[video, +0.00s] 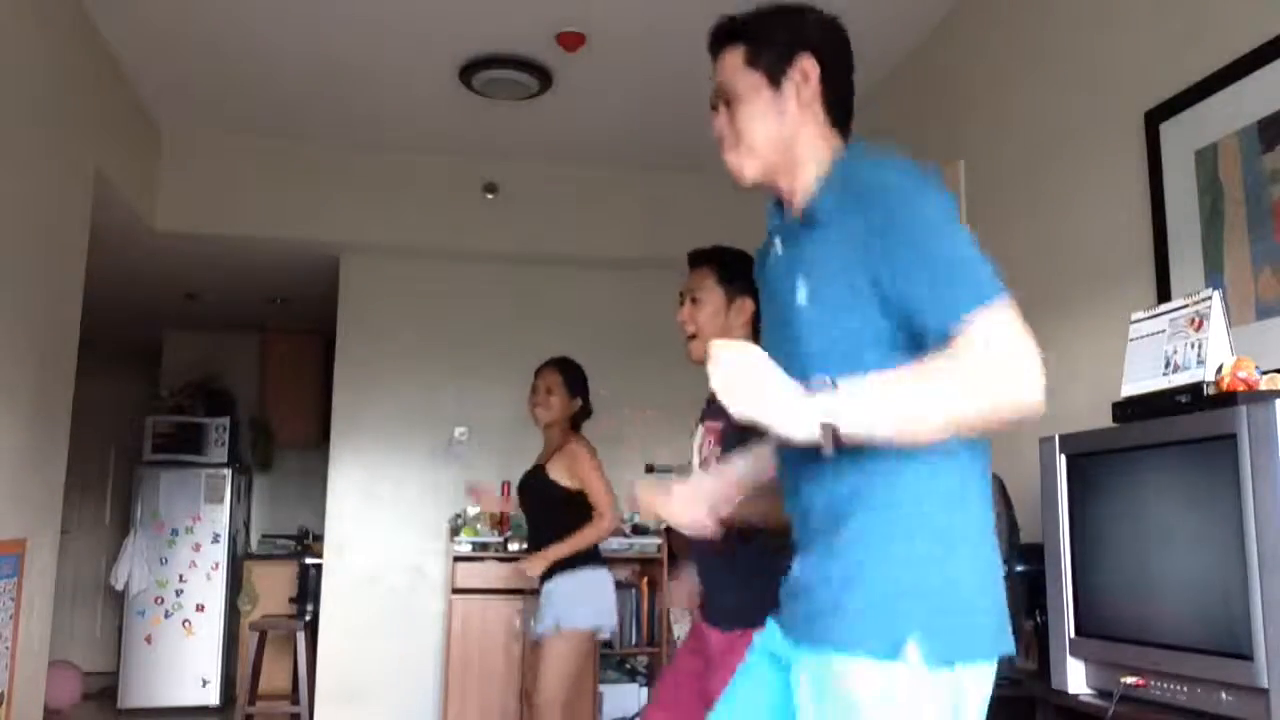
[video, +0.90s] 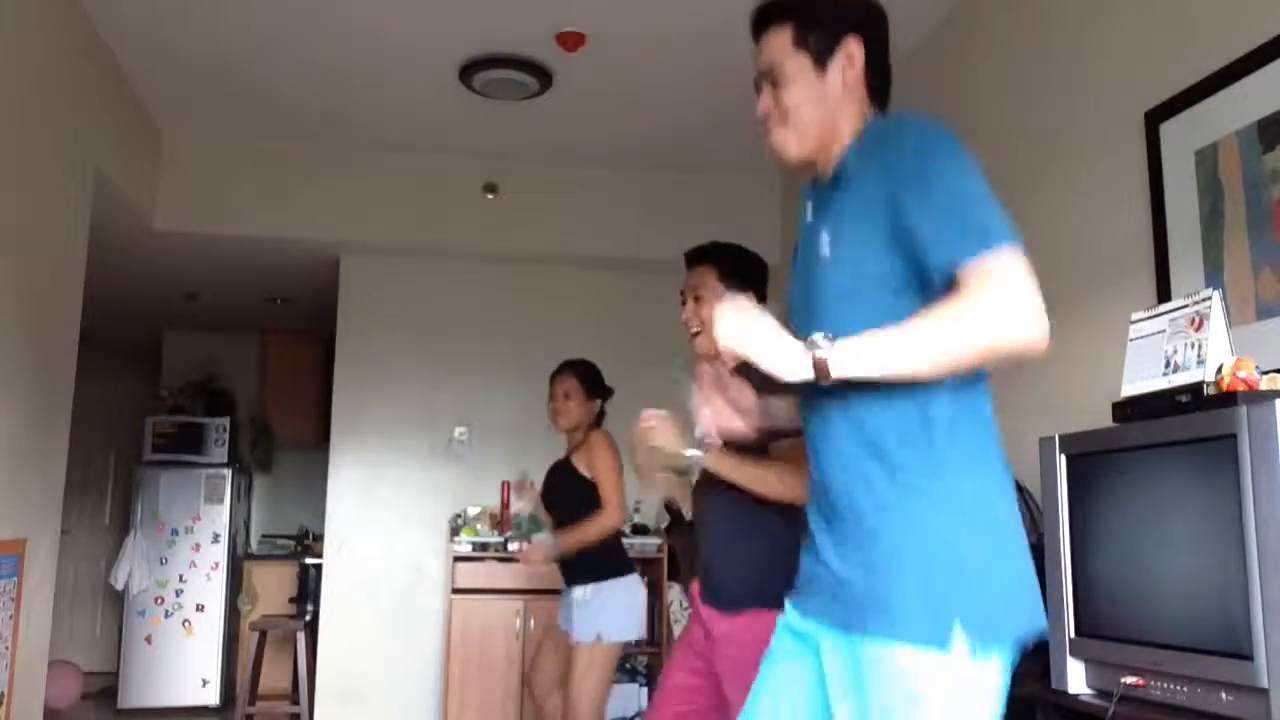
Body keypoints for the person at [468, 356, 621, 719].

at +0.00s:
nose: (538, 397)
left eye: (550, 391)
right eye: (535, 390)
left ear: (576, 403)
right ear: (530, 396)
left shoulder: (576, 449)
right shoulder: (550, 450)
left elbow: (608, 518)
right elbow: (554, 512)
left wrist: (545, 557)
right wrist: (501, 504)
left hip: (578, 584)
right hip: (557, 583)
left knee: (547, 704)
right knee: (550, 701)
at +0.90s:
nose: (558, 406)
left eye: (569, 396)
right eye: (553, 397)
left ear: (595, 405)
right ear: (549, 403)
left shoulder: (598, 442)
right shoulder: (573, 452)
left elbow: (614, 515)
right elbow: (565, 524)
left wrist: (556, 546)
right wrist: (535, 503)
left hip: (608, 589)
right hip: (579, 589)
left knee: (584, 709)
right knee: (542, 687)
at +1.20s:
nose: (562, 399)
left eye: (574, 390)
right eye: (559, 391)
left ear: (600, 397)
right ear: (555, 397)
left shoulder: (611, 442)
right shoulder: (583, 449)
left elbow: (606, 509)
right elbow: (582, 512)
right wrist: (524, 510)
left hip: (614, 592)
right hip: (580, 589)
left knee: (586, 706)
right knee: (559, 696)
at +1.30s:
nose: (565, 398)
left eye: (575, 388)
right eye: (560, 389)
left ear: (603, 392)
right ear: (555, 395)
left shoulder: (614, 431)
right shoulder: (579, 452)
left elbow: (595, 485)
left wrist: (532, 477)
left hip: (623, 587)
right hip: (581, 583)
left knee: (601, 699)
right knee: (562, 684)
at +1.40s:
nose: (569, 413)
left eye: (579, 402)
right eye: (565, 404)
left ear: (606, 407)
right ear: (561, 408)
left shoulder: (614, 458)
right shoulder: (589, 464)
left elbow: (611, 524)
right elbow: (595, 523)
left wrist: (551, 513)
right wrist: (551, 506)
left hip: (627, 604)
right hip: (590, 602)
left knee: (598, 711)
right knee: (545, 690)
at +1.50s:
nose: (571, 423)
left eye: (581, 413)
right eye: (568, 413)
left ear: (610, 421)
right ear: (565, 418)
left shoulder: (617, 473)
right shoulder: (588, 476)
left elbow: (628, 556)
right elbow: (592, 546)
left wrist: (559, 572)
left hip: (619, 613)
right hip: (592, 613)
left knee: (587, 713)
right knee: (546, 705)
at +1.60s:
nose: (571, 410)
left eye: (580, 400)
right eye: (568, 401)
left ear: (609, 405)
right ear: (564, 405)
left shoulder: (620, 456)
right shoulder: (590, 456)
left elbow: (620, 538)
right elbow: (585, 524)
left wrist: (558, 534)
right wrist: (540, 528)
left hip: (614, 596)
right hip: (587, 593)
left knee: (584, 712)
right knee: (561, 707)